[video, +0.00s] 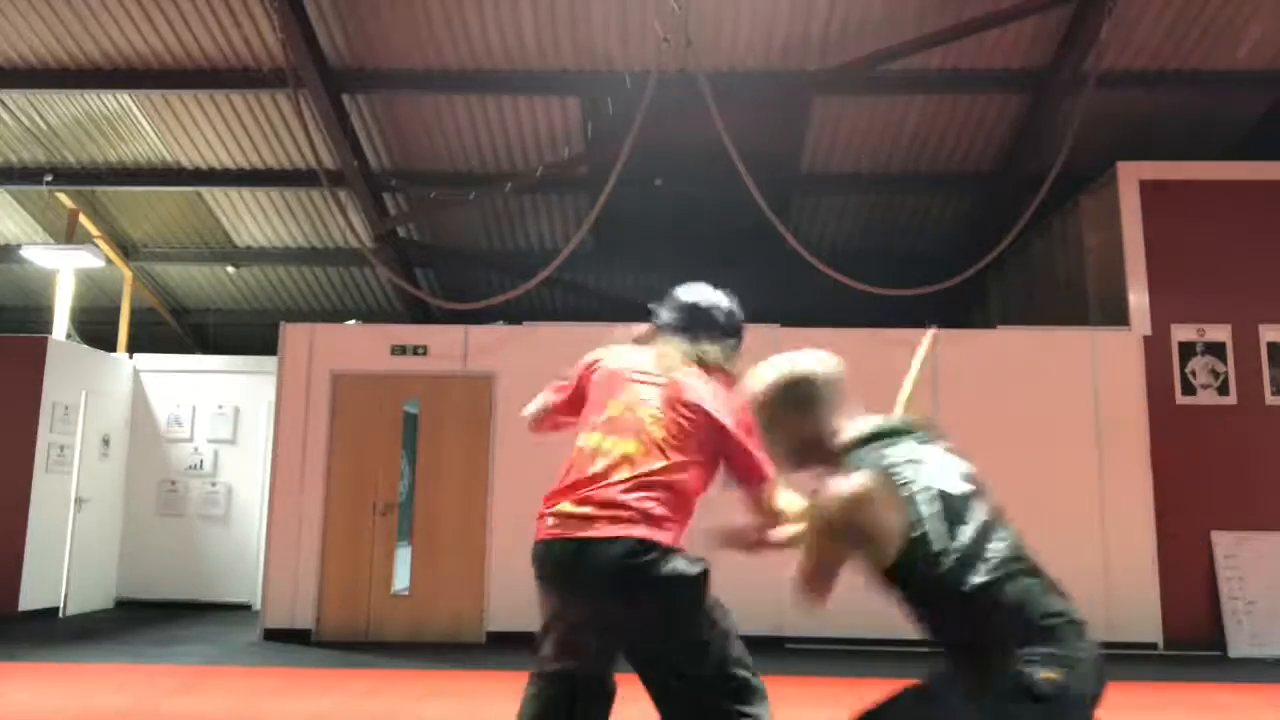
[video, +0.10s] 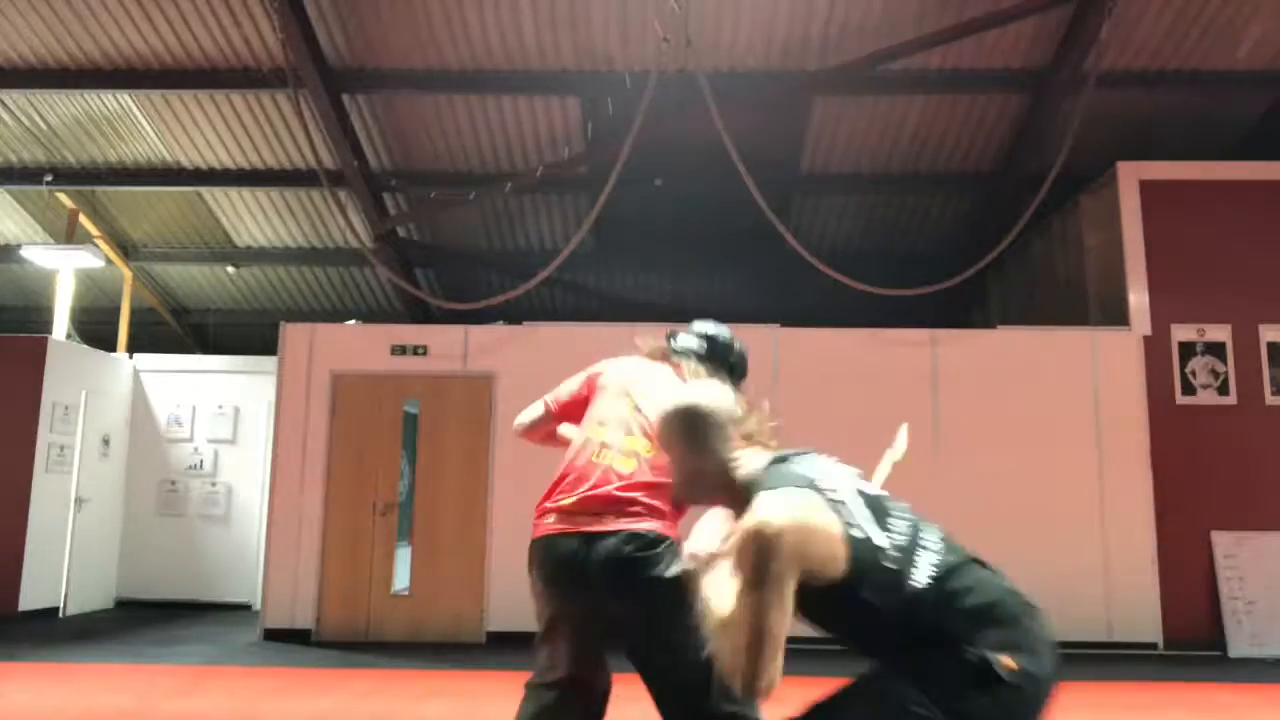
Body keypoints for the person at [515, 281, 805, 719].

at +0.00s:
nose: (734, 363)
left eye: (651, 324)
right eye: (730, 350)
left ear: (660, 328)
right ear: (721, 346)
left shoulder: (604, 362)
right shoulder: (716, 396)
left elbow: (536, 417)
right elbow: (769, 503)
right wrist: (807, 508)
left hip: (558, 548)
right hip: (638, 555)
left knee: (567, 687)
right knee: (732, 700)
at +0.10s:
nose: (727, 394)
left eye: (730, 387)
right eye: (726, 384)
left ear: (673, 354)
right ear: (705, 366)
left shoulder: (611, 369)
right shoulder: (714, 396)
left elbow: (529, 424)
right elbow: (738, 486)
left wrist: (593, 441)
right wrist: (697, 556)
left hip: (555, 548)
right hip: (638, 552)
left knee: (567, 684)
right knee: (695, 694)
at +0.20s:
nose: (725, 428)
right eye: (727, 419)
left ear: (672, 377)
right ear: (719, 408)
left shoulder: (617, 404)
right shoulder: (706, 435)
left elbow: (529, 432)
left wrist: (589, 456)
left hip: (546, 556)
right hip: (623, 562)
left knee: (547, 698)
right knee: (707, 705)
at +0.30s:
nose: (594, 374)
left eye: (594, 357)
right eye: (594, 357)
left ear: (609, 361)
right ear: (662, 340)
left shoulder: (710, 422)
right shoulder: (706, 390)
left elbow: (760, 580)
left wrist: (672, 514)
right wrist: (675, 498)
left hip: (883, 625)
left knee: (739, 708)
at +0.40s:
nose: (607, 325)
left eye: (606, 302)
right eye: (605, 305)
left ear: (616, 291)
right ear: (672, 285)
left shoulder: (664, 342)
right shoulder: (703, 329)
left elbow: (675, 496)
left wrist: (623, 426)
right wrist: (600, 416)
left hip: (816, 589)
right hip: (868, 577)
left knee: (705, 710)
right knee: (875, 711)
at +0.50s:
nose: (613, 289)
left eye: (614, 275)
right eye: (614, 276)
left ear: (627, 268)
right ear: (681, 271)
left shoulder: (647, 317)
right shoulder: (717, 321)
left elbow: (630, 465)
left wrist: (618, 406)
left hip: (789, 572)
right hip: (851, 561)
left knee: (701, 707)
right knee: (855, 709)